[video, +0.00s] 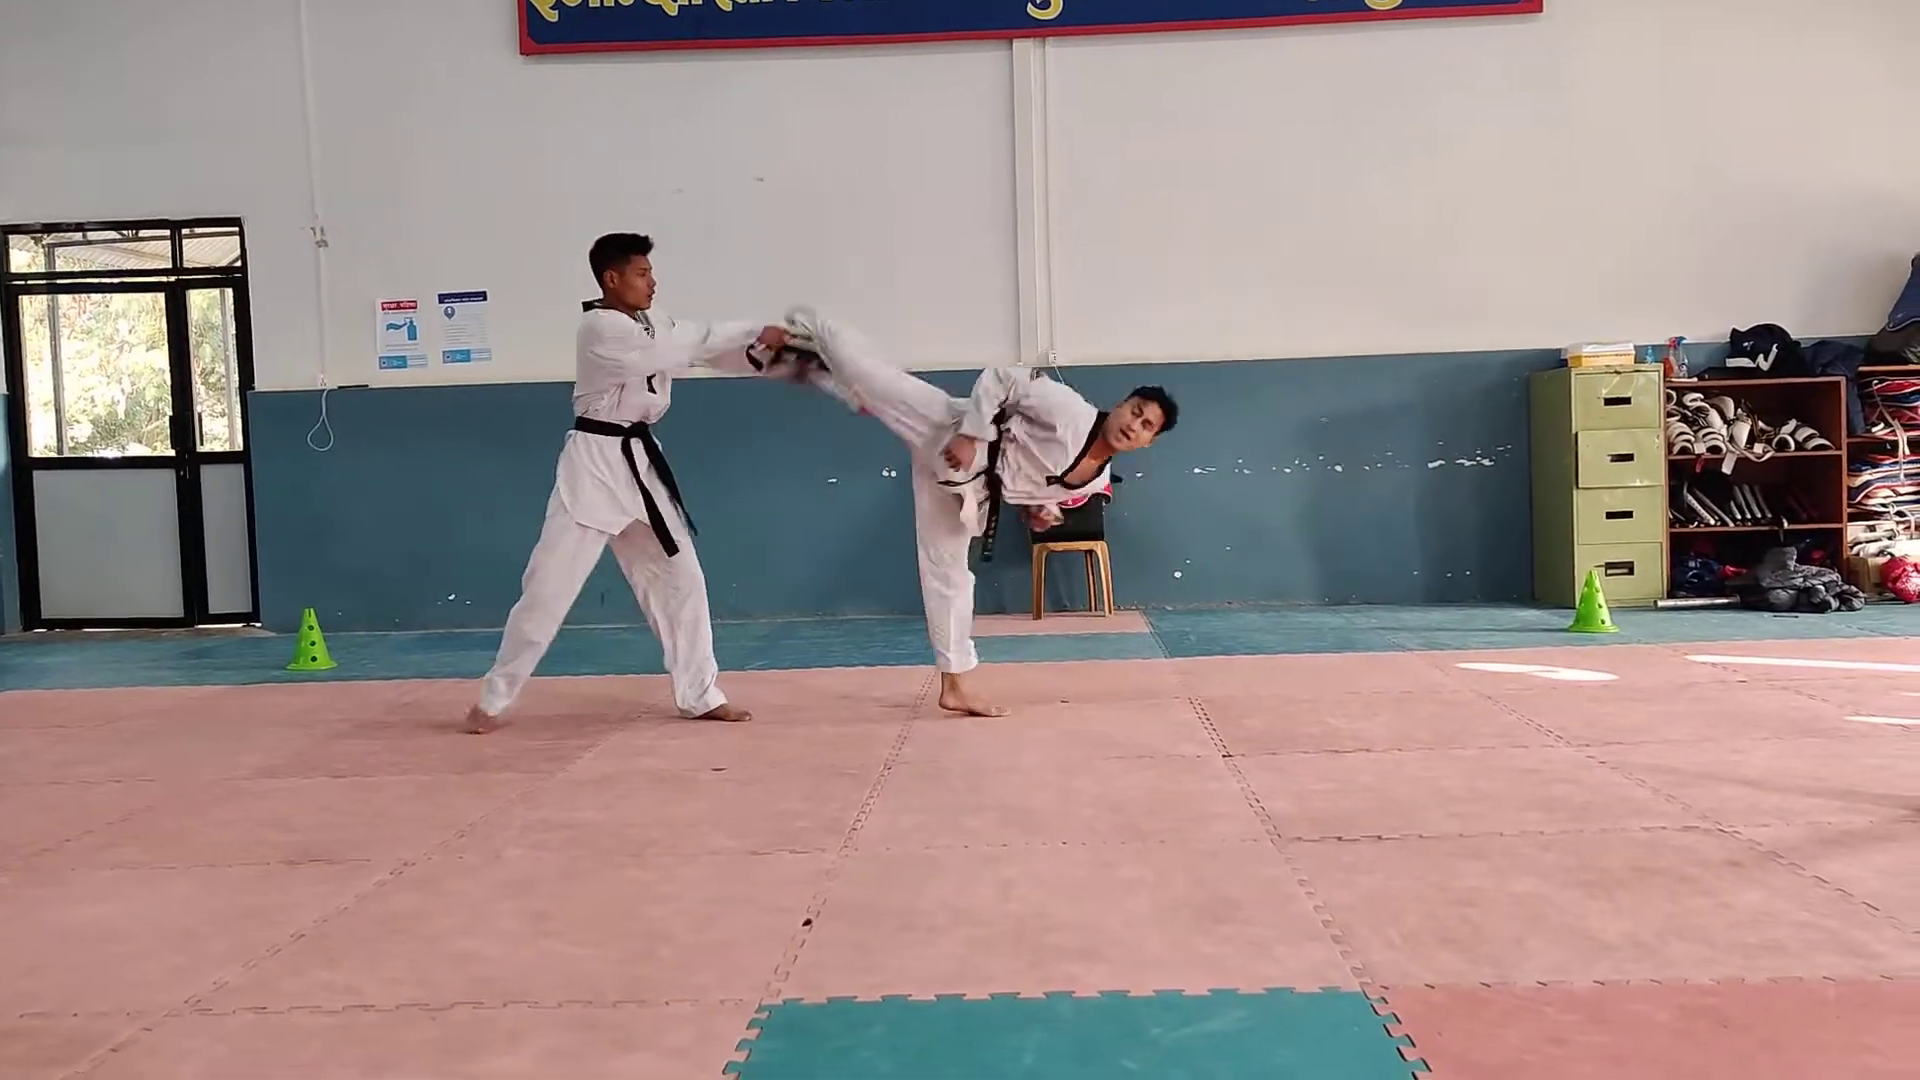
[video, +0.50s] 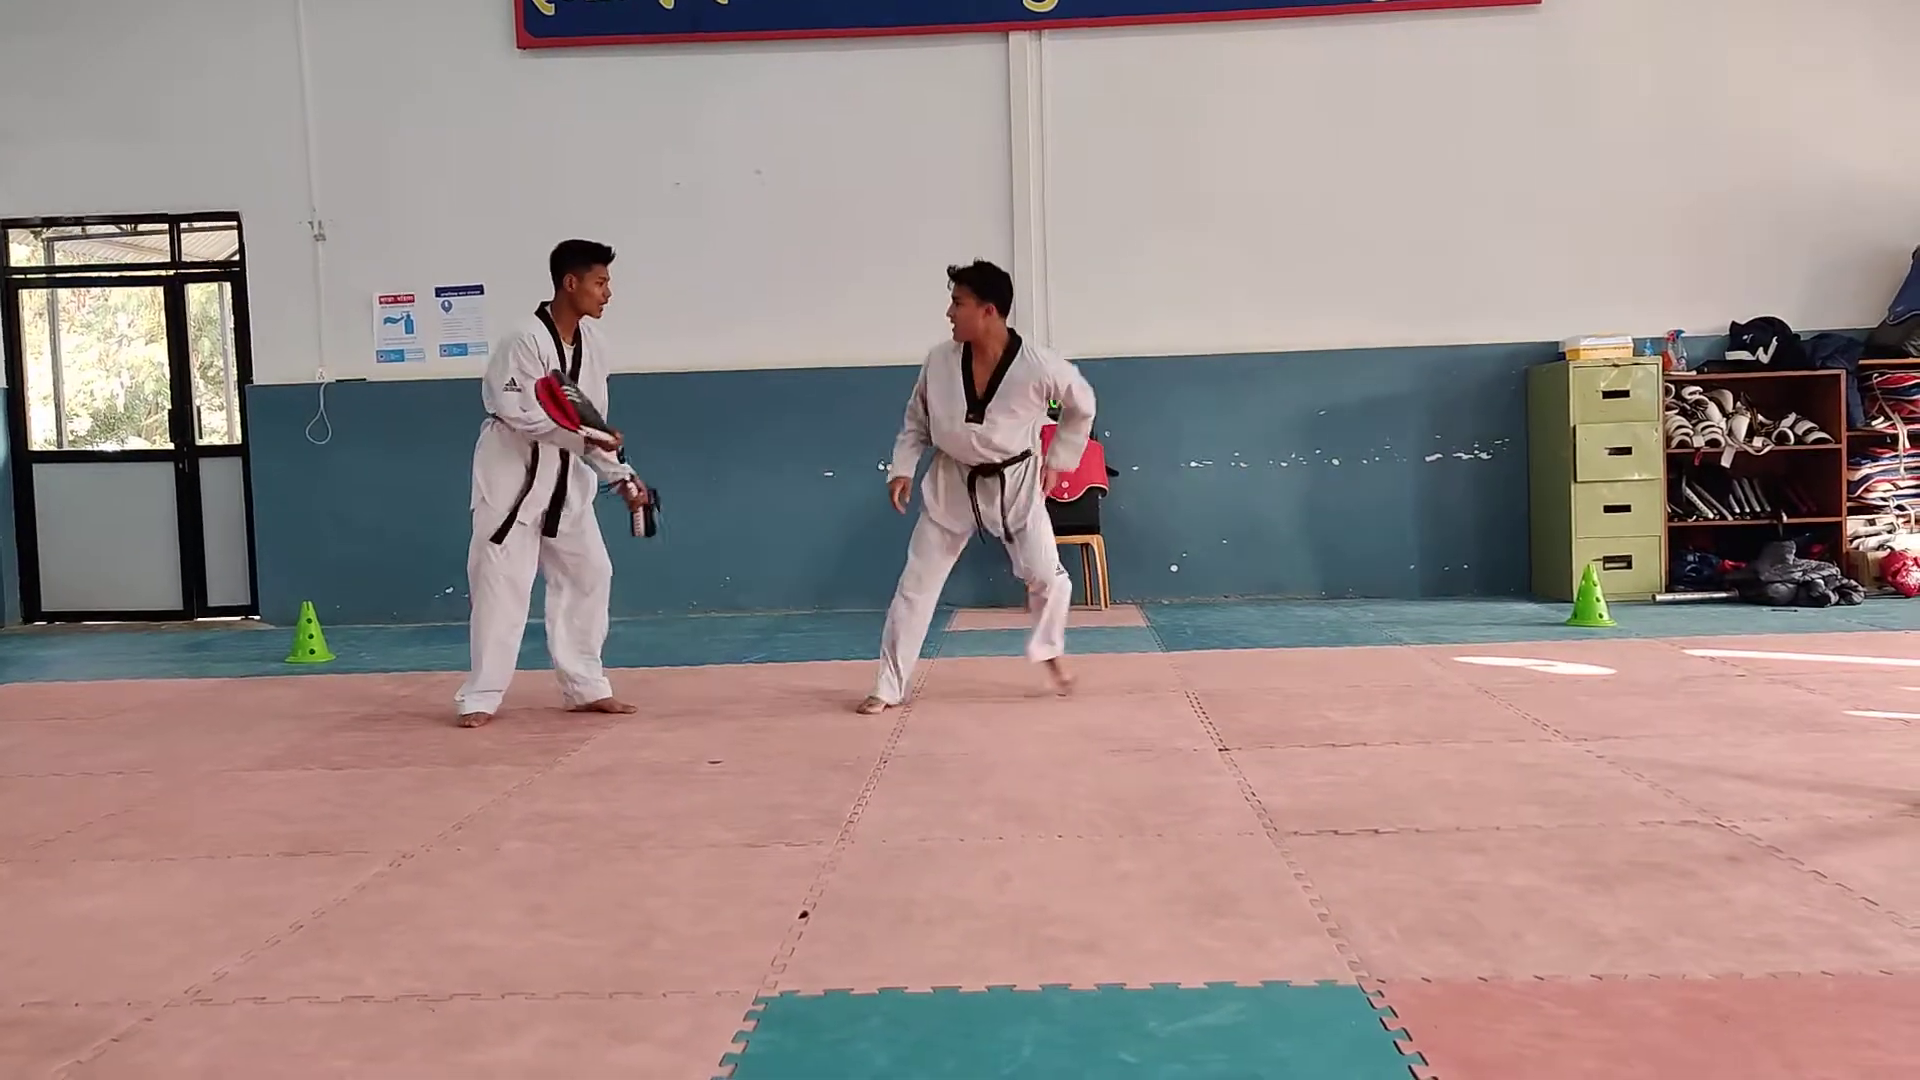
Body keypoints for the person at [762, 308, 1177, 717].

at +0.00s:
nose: (1134, 424)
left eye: (1147, 426)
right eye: (1135, 411)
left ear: (1149, 442)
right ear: (1119, 403)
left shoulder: (1095, 482)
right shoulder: (1067, 410)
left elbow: (1035, 486)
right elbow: (1000, 378)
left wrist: (1041, 511)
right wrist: (972, 435)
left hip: (963, 489)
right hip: (953, 430)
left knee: (949, 574)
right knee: (866, 378)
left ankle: (955, 685)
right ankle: (806, 331)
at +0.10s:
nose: (1095, 431)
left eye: (1110, 433)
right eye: (1098, 420)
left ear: (1122, 449)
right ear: (1090, 413)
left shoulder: (1087, 494)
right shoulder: (1043, 422)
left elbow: (1036, 508)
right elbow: (964, 394)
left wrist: (1011, 510)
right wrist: (924, 454)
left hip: (960, 500)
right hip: (941, 447)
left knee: (957, 587)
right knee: (820, 414)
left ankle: (950, 693)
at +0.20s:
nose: (1043, 406)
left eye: (1057, 407)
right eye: (1047, 396)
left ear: (1081, 425)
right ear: (1044, 391)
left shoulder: (1077, 477)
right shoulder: (1004, 406)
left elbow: (1043, 513)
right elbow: (932, 406)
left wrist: (995, 512)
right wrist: (903, 463)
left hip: (968, 504)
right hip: (934, 456)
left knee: (969, 590)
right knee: (844, 514)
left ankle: (949, 693)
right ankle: (841, 526)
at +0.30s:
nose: (1000, 369)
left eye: (1011, 365)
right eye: (1003, 361)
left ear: (1041, 380)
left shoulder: (1068, 442)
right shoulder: (969, 391)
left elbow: (1043, 492)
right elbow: (913, 419)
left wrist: (1007, 524)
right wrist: (896, 473)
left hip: (984, 501)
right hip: (928, 472)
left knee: (986, 592)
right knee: (889, 562)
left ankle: (955, 690)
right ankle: (853, 660)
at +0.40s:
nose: (965, 344)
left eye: (975, 338)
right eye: (968, 335)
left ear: (1006, 351)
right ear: (1000, 349)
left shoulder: (1047, 405)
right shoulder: (940, 387)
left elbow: (1056, 461)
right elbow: (903, 444)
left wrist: (1039, 513)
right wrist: (889, 497)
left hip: (999, 500)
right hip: (933, 491)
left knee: (1028, 584)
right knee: (906, 584)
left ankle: (981, 674)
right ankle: (887, 685)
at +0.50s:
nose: (949, 311)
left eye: (957, 302)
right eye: (951, 301)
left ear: (988, 311)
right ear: (980, 311)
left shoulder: (1038, 365)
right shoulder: (940, 360)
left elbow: (1081, 405)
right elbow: (917, 418)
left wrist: (1061, 459)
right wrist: (903, 466)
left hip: (1017, 478)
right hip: (951, 477)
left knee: (1044, 575)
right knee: (914, 586)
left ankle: (1051, 651)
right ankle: (888, 687)